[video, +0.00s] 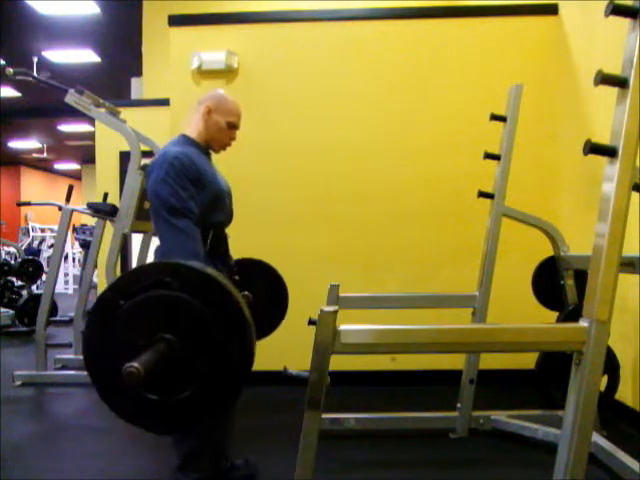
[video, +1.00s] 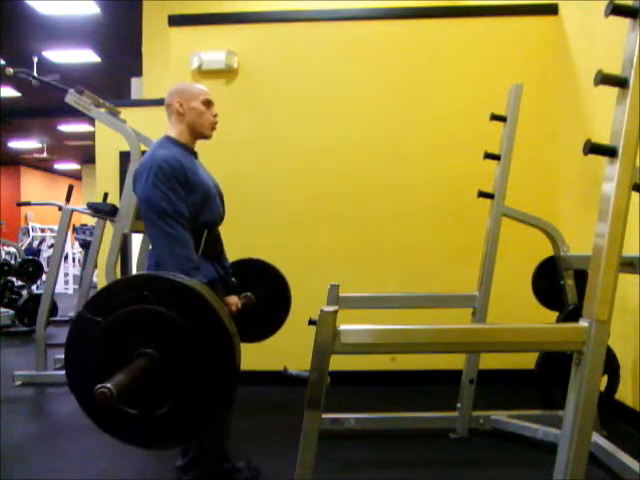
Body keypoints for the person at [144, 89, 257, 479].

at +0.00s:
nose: (234, 136)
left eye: (236, 128)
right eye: (231, 126)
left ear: (213, 119)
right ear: (206, 116)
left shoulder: (198, 160)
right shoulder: (175, 160)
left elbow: (211, 237)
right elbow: (181, 242)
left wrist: (231, 284)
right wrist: (198, 297)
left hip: (209, 295)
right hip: (187, 298)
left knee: (216, 378)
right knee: (194, 381)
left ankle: (213, 460)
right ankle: (198, 464)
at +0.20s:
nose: (229, 135)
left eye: (231, 127)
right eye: (226, 125)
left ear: (207, 117)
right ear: (201, 114)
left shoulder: (192, 159)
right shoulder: (169, 161)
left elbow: (203, 239)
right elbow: (175, 245)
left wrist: (226, 285)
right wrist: (214, 294)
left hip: (200, 294)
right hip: (181, 297)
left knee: (213, 375)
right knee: (199, 378)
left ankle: (212, 455)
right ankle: (200, 460)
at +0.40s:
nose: (221, 134)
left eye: (224, 125)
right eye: (218, 123)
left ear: (195, 114)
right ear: (193, 113)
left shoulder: (187, 160)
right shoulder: (164, 161)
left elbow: (202, 240)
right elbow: (172, 246)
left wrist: (226, 285)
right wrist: (212, 295)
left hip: (199, 297)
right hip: (180, 300)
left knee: (215, 377)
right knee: (199, 380)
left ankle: (213, 458)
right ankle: (201, 462)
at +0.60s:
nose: (222, 125)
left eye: (222, 117)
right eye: (216, 115)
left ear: (191, 112)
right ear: (188, 111)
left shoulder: (188, 160)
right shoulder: (166, 162)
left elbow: (205, 241)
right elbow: (174, 249)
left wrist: (229, 284)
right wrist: (217, 294)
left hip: (202, 297)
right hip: (183, 300)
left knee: (217, 378)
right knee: (205, 380)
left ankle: (212, 459)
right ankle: (204, 462)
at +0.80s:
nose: (221, 116)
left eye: (220, 108)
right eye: (213, 107)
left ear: (189, 109)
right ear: (185, 108)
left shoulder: (190, 159)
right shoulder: (166, 161)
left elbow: (206, 238)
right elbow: (175, 247)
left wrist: (229, 285)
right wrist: (216, 295)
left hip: (202, 295)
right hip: (183, 299)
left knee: (213, 378)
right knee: (204, 380)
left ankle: (208, 459)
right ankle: (206, 462)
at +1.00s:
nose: (215, 113)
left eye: (214, 106)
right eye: (207, 105)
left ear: (182, 109)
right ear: (179, 108)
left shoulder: (185, 160)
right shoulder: (163, 162)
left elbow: (205, 238)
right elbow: (173, 246)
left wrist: (229, 285)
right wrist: (216, 293)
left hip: (199, 293)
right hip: (181, 298)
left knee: (211, 375)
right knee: (207, 377)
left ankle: (204, 457)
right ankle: (208, 462)